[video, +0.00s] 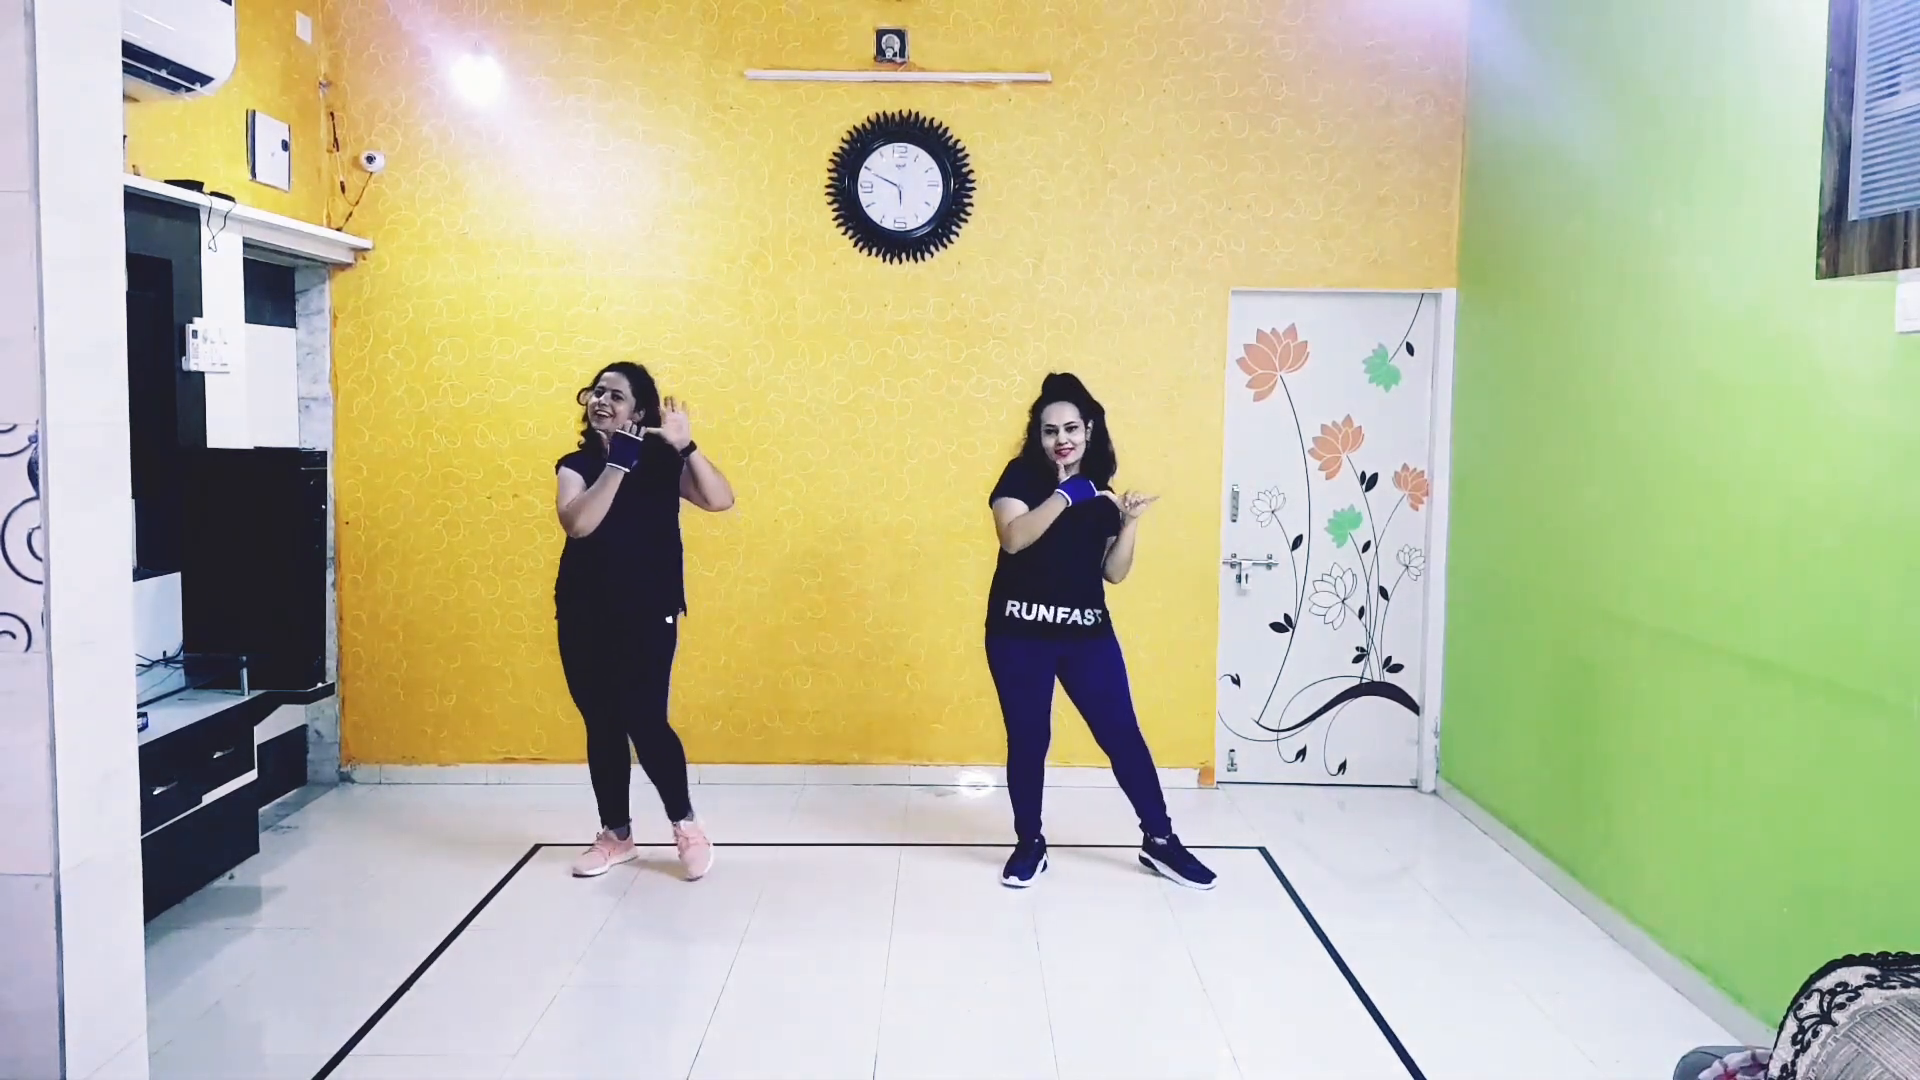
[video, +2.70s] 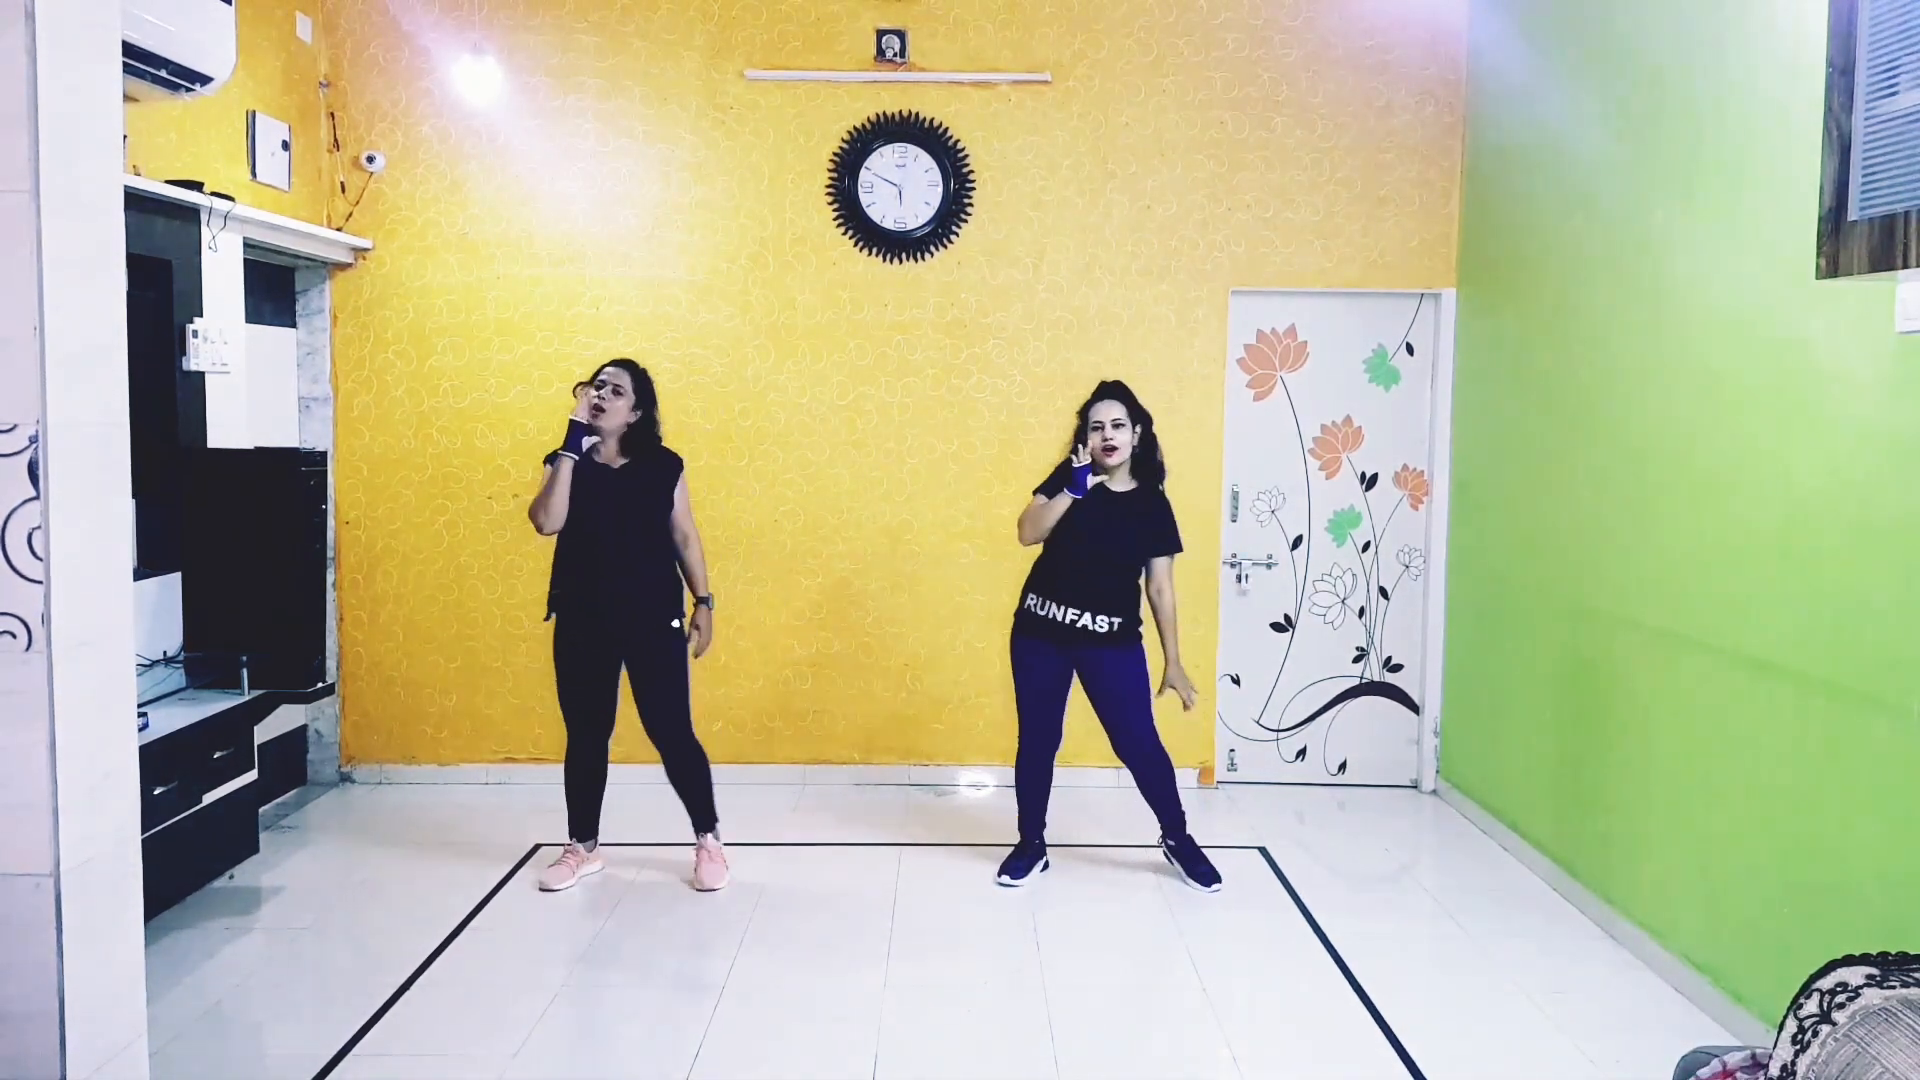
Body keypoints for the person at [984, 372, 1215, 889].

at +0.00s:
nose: (1063, 439)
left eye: (1072, 428)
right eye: (1051, 430)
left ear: (1089, 431)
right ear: (1037, 434)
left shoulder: (1101, 496)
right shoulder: (1019, 477)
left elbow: (1115, 573)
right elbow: (1012, 538)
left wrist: (1128, 525)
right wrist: (1063, 495)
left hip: (1086, 632)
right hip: (1019, 631)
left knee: (1123, 736)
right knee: (1027, 742)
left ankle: (1160, 838)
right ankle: (1029, 842)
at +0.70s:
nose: (1119, 445)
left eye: (1128, 433)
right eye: (1107, 437)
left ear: (1148, 434)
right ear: (1097, 443)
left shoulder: (1176, 494)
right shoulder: (1093, 488)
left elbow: (1191, 573)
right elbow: (1065, 557)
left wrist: (1160, 533)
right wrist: (1094, 516)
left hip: (1156, 643)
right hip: (1086, 635)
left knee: (1171, 750)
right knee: (1062, 739)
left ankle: (1187, 843)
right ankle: (1032, 840)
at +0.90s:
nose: (1133, 445)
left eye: (1144, 433)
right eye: (1123, 435)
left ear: (1166, 435)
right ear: (1112, 442)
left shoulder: (1194, 494)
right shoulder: (1110, 492)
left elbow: (1221, 568)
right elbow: (1083, 566)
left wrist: (1178, 583)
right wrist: (1111, 535)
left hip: (1182, 645)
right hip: (1111, 639)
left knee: (1185, 753)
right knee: (1077, 744)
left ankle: (1187, 845)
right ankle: (1034, 840)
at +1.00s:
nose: (1139, 445)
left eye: (1150, 433)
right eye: (1129, 435)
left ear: (1172, 436)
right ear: (1117, 443)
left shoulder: (1200, 497)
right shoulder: (1112, 496)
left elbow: (1223, 573)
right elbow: (1088, 573)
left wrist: (1211, 636)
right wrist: (1113, 539)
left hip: (1188, 643)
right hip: (1119, 641)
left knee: (1189, 755)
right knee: (1083, 744)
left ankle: (1187, 845)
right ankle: (1035, 840)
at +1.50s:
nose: (1082, 441)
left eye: (1092, 432)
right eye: (1071, 432)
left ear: (1107, 440)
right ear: (1057, 442)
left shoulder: (1136, 480)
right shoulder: (1055, 502)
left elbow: (1177, 541)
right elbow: (1074, 575)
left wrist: (1216, 586)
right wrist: (1081, 502)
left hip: (1167, 635)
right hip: (1098, 642)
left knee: (1182, 743)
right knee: (1072, 747)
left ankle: (1187, 842)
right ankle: (1034, 842)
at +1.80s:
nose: (1053, 435)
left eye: (1063, 426)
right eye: (1042, 425)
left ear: (1075, 434)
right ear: (1023, 435)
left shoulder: (1093, 480)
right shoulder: (1014, 496)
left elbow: (1120, 541)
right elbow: (1036, 568)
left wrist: (1144, 593)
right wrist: (1049, 494)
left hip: (1121, 629)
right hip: (1056, 638)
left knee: (1152, 735)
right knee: (1049, 749)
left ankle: (1181, 837)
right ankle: (1032, 843)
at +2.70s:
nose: (1107, 434)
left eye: (1118, 425)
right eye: (1097, 426)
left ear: (1137, 433)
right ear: (1085, 436)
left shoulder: (1151, 503)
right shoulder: (1069, 477)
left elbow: (1161, 586)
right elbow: (1028, 533)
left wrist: (1173, 663)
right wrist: (1072, 487)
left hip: (1111, 639)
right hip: (1042, 629)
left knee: (1140, 746)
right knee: (1036, 742)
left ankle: (1178, 838)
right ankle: (1030, 842)